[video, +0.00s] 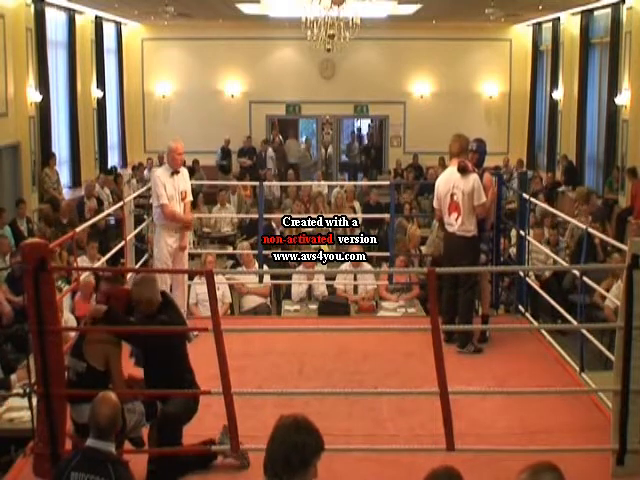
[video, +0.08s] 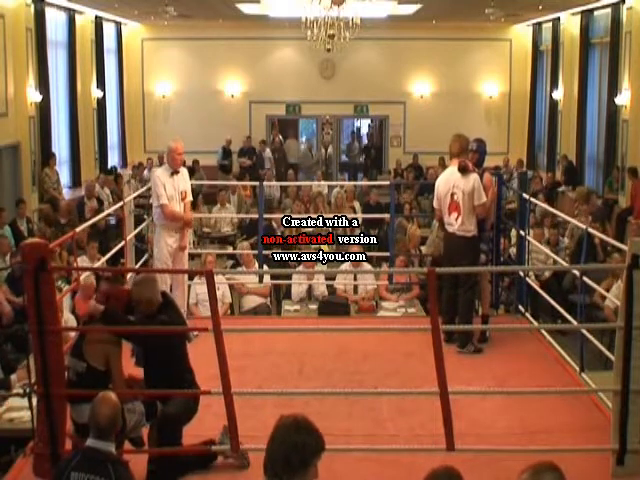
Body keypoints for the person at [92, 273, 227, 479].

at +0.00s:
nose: (140, 308)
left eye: (144, 303)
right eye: (137, 303)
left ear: (154, 300)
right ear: (133, 299)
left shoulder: (167, 323)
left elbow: (137, 334)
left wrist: (108, 314)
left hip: (183, 393)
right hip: (159, 392)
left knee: (167, 415)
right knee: (162, 466)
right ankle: (214, 447)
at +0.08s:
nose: (137, 307)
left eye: (140, 302)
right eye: (135, 302)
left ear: (150, 300)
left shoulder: (165, 323)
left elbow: (133, 331)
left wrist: (105, 312)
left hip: (182, 394)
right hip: (160, 393)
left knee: (167, 416)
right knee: (161, 466)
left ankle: (217, 449)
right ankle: (215, 446)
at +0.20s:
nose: (140, 307)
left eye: (144, 303)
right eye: (138, 302)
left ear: (154, 300)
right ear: (136, 299)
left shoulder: (169, 322)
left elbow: (135, 329)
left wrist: (100, 311)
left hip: (183, 393)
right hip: (157, 393)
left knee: (167, 416)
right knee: (165, 466)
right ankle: (213, 449)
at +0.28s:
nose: (139, 307)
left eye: (142, 302)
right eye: (137, 301)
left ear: (153, 301)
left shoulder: (169, 323)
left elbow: (132, 327)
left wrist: (100, 310)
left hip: (183, 393)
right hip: (157, 392)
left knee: (166, 417)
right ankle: (214, 448)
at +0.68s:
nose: (139, 307)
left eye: (142, 302)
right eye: (137, 302)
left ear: (151, 302)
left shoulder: (166, 323)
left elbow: (126, 325)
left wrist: (99, 310)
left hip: (183, 395)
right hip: (160, 395)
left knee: (167, 417)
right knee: (162, 466)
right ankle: (215, 447)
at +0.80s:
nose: (142, 307)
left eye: (145, 303)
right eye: (139, 302)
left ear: (154, 301)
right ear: (137, 300)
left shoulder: (169, 322)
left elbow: (133, 326)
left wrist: (99, 309)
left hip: (183, 393)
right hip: (157, 393)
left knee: (167, 416)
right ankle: (214, 448)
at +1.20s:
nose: (136, 309)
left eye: (140, 304)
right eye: (135, 304)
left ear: (152, 303)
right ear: (133, 301)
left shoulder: (167, 321)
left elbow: (131, 326)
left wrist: (101, 310)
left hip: (183, 393)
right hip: (159, 394)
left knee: (167, 416)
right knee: (164, 467)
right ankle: (216, 447)